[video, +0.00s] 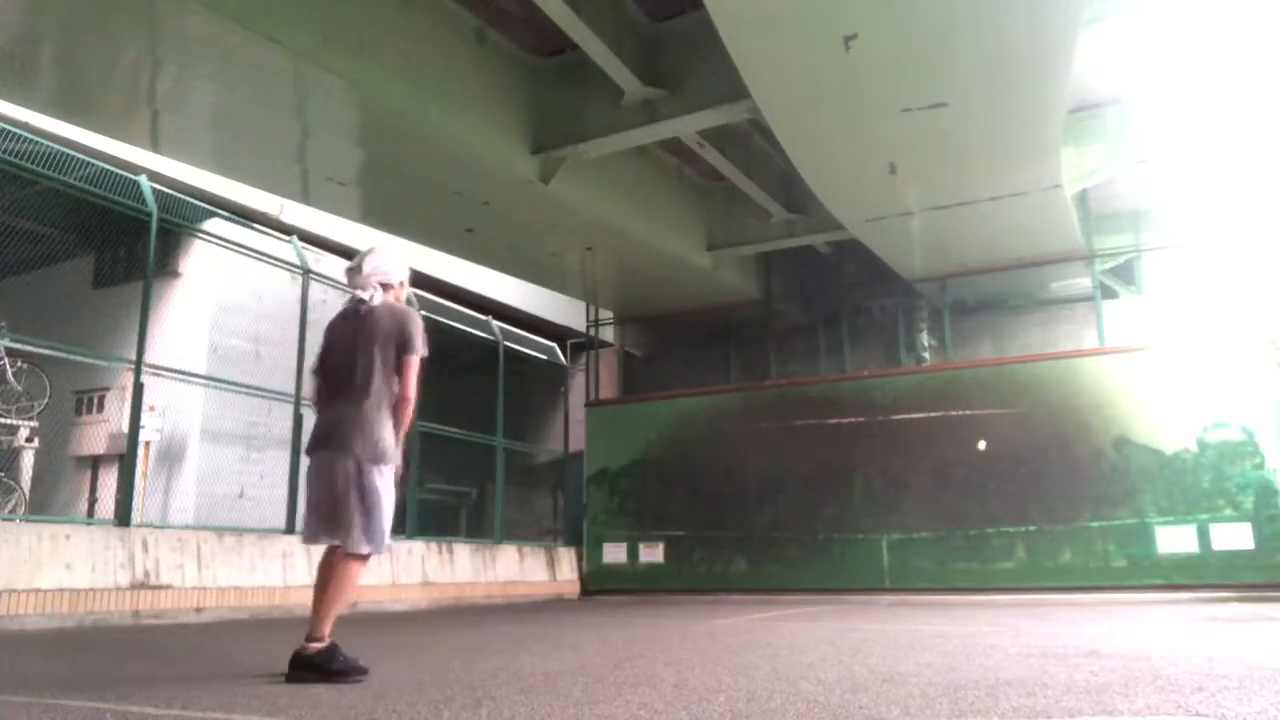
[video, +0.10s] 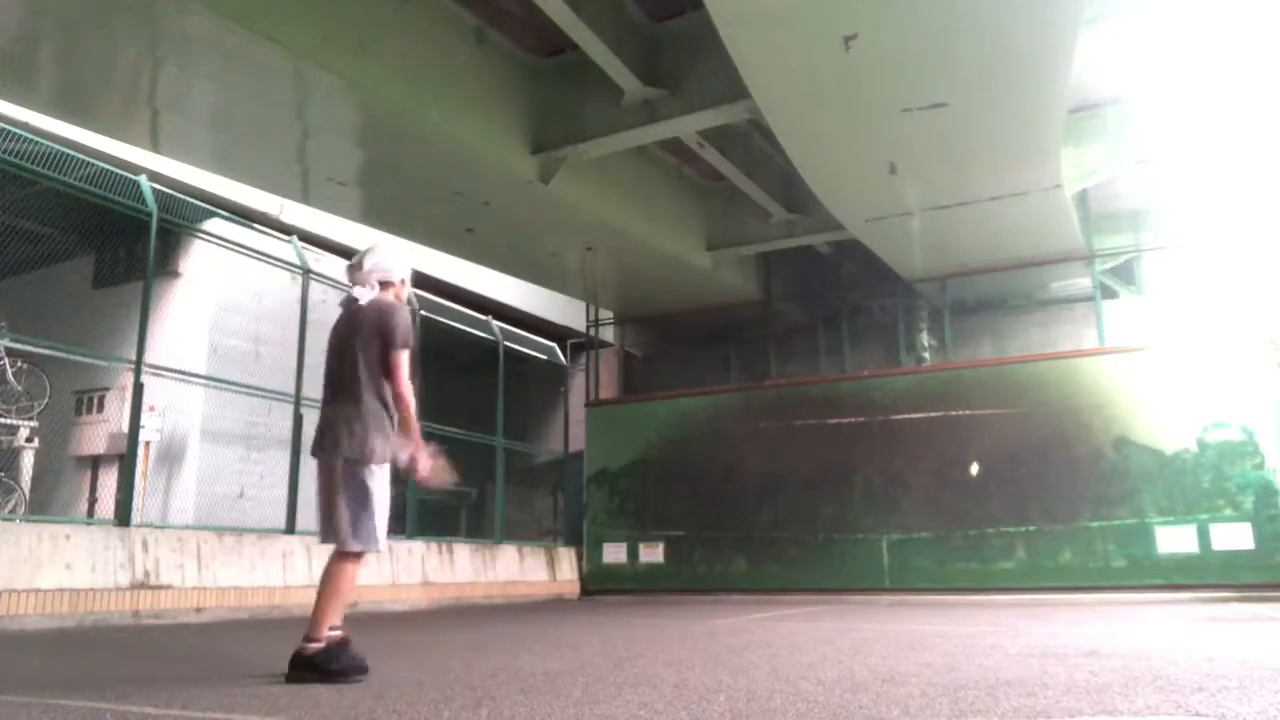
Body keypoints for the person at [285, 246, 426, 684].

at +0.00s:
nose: (408, 291)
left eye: (405, 285)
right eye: (406, 285)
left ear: (361, 284)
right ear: (394, 286)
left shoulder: (338, 323)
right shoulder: (405, 318)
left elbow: (319, 393)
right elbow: (406, 394)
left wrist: (341, 432)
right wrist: (395, 446)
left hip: (327, 444)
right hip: (369, 446)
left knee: (341, 543)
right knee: (359, 546)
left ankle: (316, 642)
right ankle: (317, 642)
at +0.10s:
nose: (409, 290)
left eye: (407, 282)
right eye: (407, 282)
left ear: (367, 280)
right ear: (394, 281)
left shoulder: (349, 315)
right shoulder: (393, 312)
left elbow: (352, 388)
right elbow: (399, 384)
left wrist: (397, 440)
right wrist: (415, 442)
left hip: (335, 440)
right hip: (363, 443)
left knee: (351, 544)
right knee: (354, 545)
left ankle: (329, 639)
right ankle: (314, 645)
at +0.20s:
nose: (413, 286)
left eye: (412, 278)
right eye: (410, 278)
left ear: (377, 277)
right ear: (396, 278)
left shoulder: (372, 309)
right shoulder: (384, 308)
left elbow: (401, 385)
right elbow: (400, 378)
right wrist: (447, 424)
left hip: (363, 446)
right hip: (354, 446)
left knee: (382, 537)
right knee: (346, 540)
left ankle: (355, 636)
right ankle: (309, 647)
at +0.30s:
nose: (421, 286)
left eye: (420, 278)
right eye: (417, 278)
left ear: (392, 279)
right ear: (401, 278)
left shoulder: (395, 320)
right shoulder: (378, 306)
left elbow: (438, 366)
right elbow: (403, 374)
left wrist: (497, 363)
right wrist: (471, 387)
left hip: (384, 455)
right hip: (355, 453)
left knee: (401, 540)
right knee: (338, 544)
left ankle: (381, 641)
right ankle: (309, 647)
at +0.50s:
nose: (447, 287)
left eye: (447, 280)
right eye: (443, 279)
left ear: (423, 280)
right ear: (426, 279)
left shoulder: (436, 320)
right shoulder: (395, 308)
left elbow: (489, 351)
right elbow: (389, 361)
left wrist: (509, 314)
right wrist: (434, 332)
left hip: (417, 447)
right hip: (395, 445)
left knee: (412, 545)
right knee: (406, 542)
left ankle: (386, 641)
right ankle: (335, 632)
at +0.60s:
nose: (466, 283)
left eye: (464, 276)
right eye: (460, 276)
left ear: (447, 280)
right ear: (442, 279)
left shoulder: (457, 325)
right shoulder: (412, 310)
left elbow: (509, 351)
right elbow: (376, 360)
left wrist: (522, 312)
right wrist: (401, 312)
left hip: (435, 439)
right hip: (413, 435)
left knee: (416, 542)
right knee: (448, 526)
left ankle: (387, 640)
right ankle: (393, 630)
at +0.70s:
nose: (486, 288)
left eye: (486, 280)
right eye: (482, 280)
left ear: (466, 282)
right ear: (465, 281)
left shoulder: (479, 327)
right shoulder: (426, 315)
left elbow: (528, 358)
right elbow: (378, 356)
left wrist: (546, 332)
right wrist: (365, 339)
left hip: (448, 442)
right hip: (430, 441)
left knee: (420, 547)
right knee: (473, 528)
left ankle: (385, 642)